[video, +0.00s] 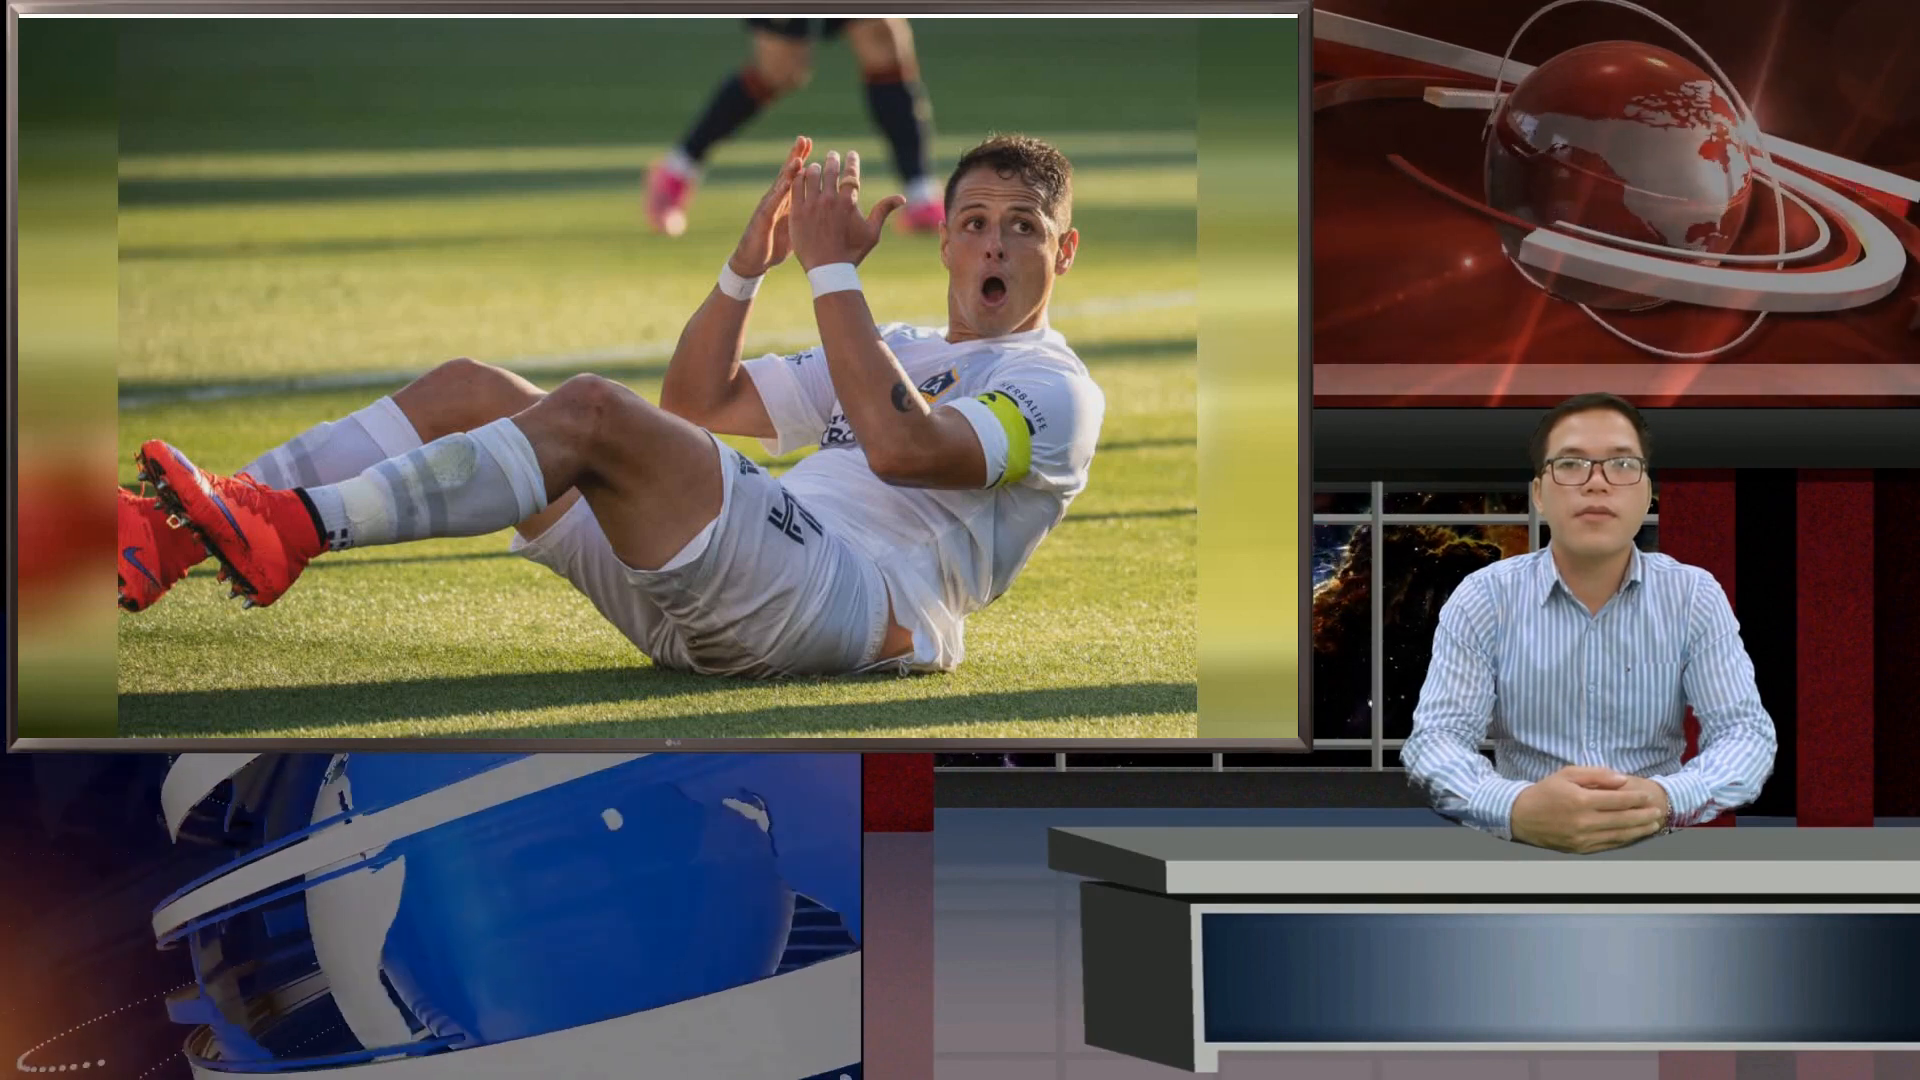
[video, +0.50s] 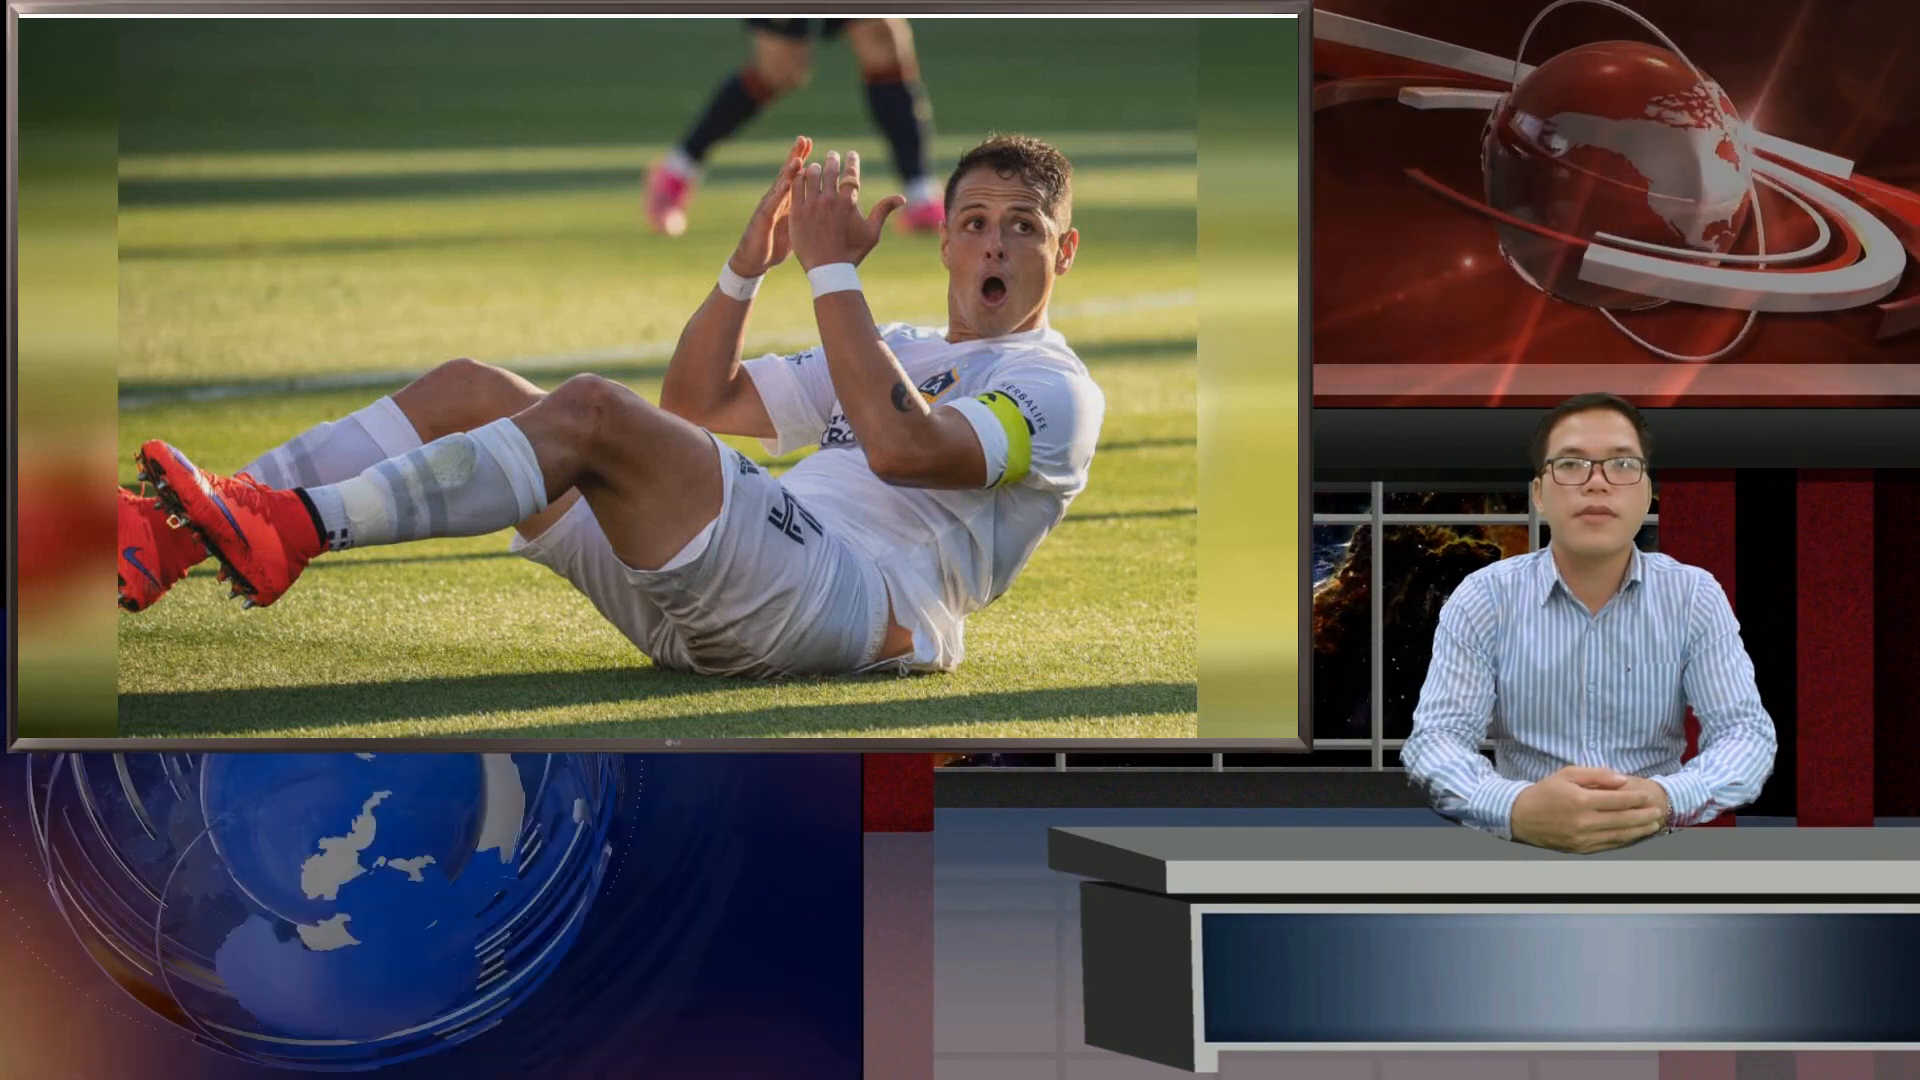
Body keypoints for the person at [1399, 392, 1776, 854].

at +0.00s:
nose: (1596, 483)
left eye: (1620, 464)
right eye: (1571, 464)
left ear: (1647, 495)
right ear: (1539, 496)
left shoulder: (1691, 598)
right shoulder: (1485, 601)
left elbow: (1745, 735)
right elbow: (1433, 745)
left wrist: (1667, 799)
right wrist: (1514, 809)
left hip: (1656, 853)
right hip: (1520, 857)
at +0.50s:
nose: (1597, 483)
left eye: (1620, 465)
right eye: (1571, 464)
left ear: (1647, 495)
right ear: (1539, 496)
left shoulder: (1691, 598)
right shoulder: (1484, 601)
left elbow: (1745, 735)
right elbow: (1433, 745)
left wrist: (1667, 799)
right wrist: (1514, 809)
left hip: (1657, 853)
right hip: (1520, 856)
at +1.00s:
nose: (1596, 483)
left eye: (1620, 464)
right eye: (1571, 464)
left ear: (1647, 495)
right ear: (1539, 496)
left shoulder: (1691, 598)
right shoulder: (1484, 600)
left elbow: (1745, 735)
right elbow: (1434, 744)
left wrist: (1667, 799)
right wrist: (1514, 809)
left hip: (1657, 853)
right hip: (1520, 857)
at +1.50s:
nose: (1597, 483)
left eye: (1621, 464)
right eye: (1571, 464)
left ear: (1647, 495)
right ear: (1539, 496)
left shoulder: (1691, 598)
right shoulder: (1485, 600)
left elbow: (1745, 735)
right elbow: (1434, 744)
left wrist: (1667, 799)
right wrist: (1514, 809)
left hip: (1656, 853)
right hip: (1520, 857)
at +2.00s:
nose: (1596, 482)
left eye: (1620, 464)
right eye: (1571, 464)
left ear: (1647, 495)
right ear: (1539, 496)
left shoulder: (1691, 598)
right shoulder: (1485, 601)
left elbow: (1745, 735)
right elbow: (1434, 745)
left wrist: (1667, 799)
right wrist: (1514, 809)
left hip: (1656, 853)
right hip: (1520, 856)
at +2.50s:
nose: (1597, 483)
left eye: (1621, 465)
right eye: (1571, 464)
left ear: (1647, 496)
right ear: (1539, 496)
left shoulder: (1691, 598)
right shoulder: (1485, 601)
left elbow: (1745, 735)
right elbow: (1433, 744)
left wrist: (1667, 799)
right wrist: (1514, 809)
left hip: (1656, 852)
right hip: (1520, 856)